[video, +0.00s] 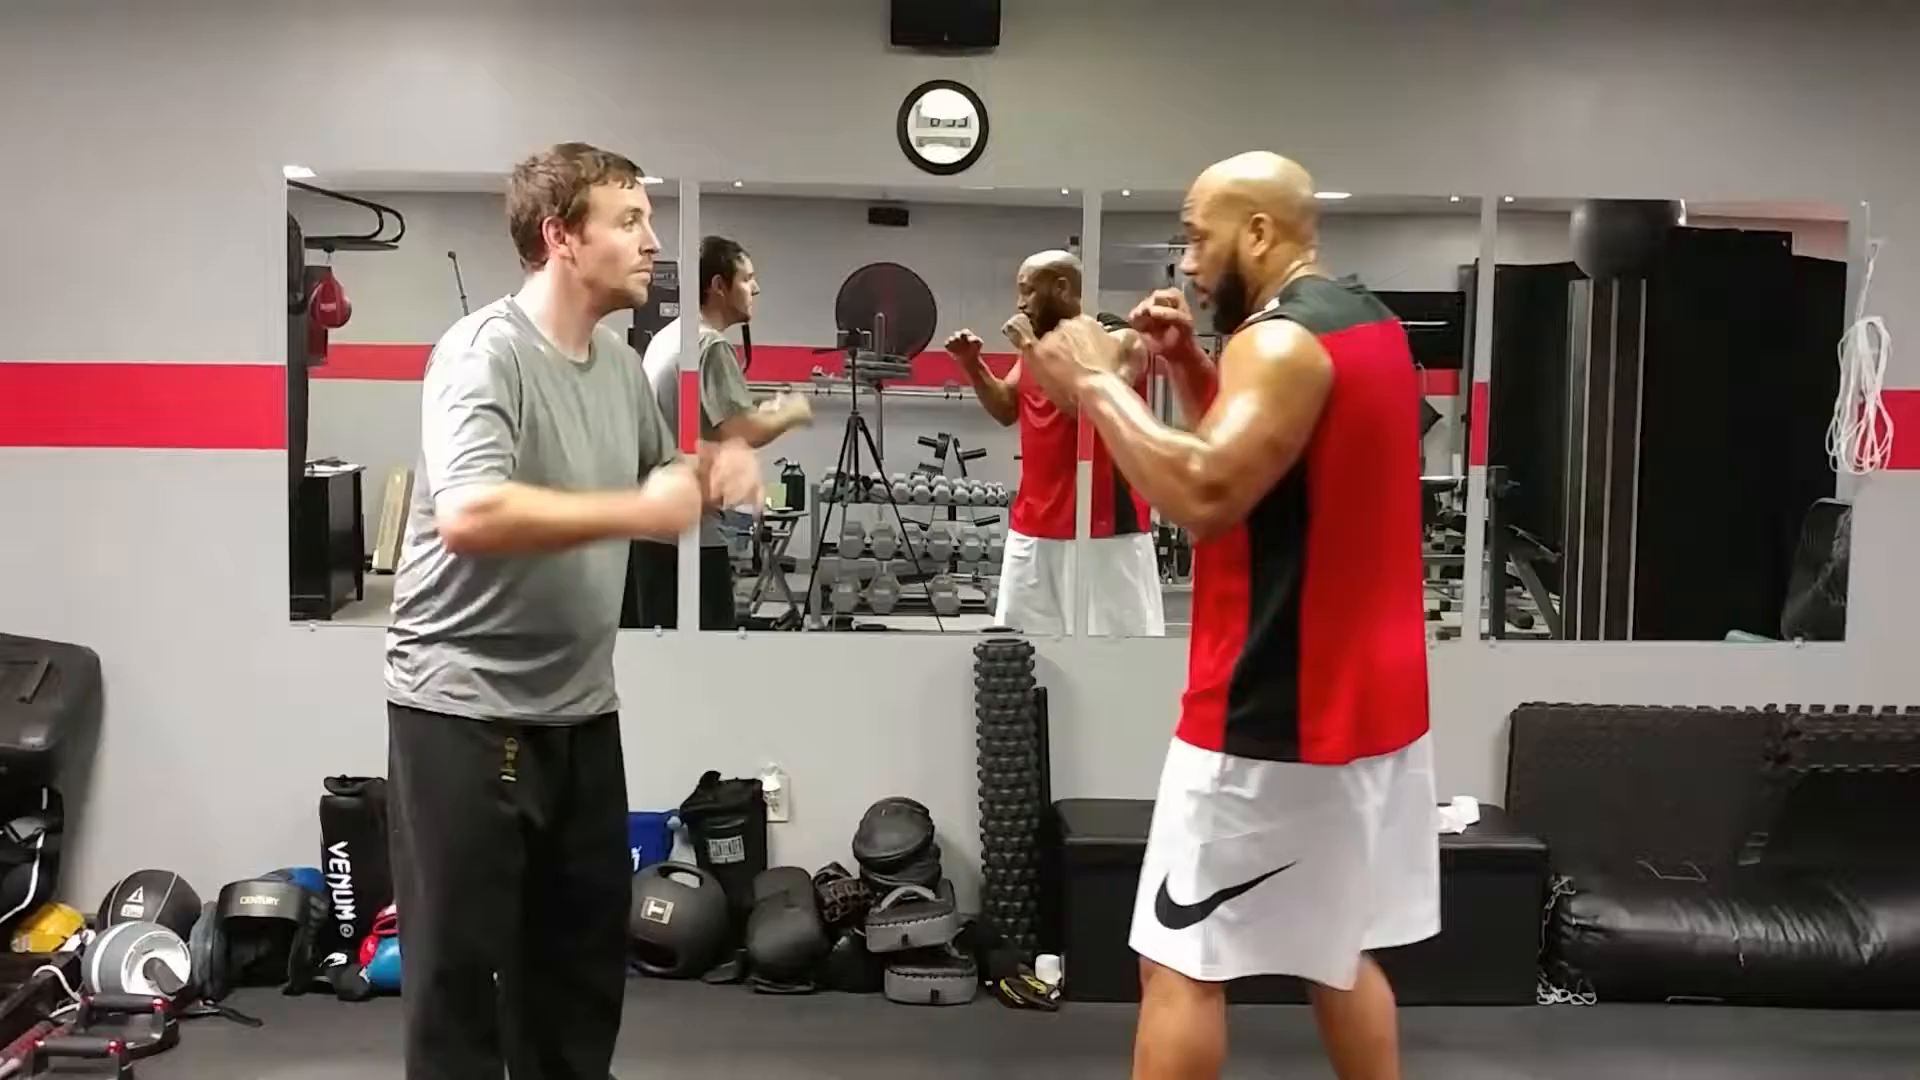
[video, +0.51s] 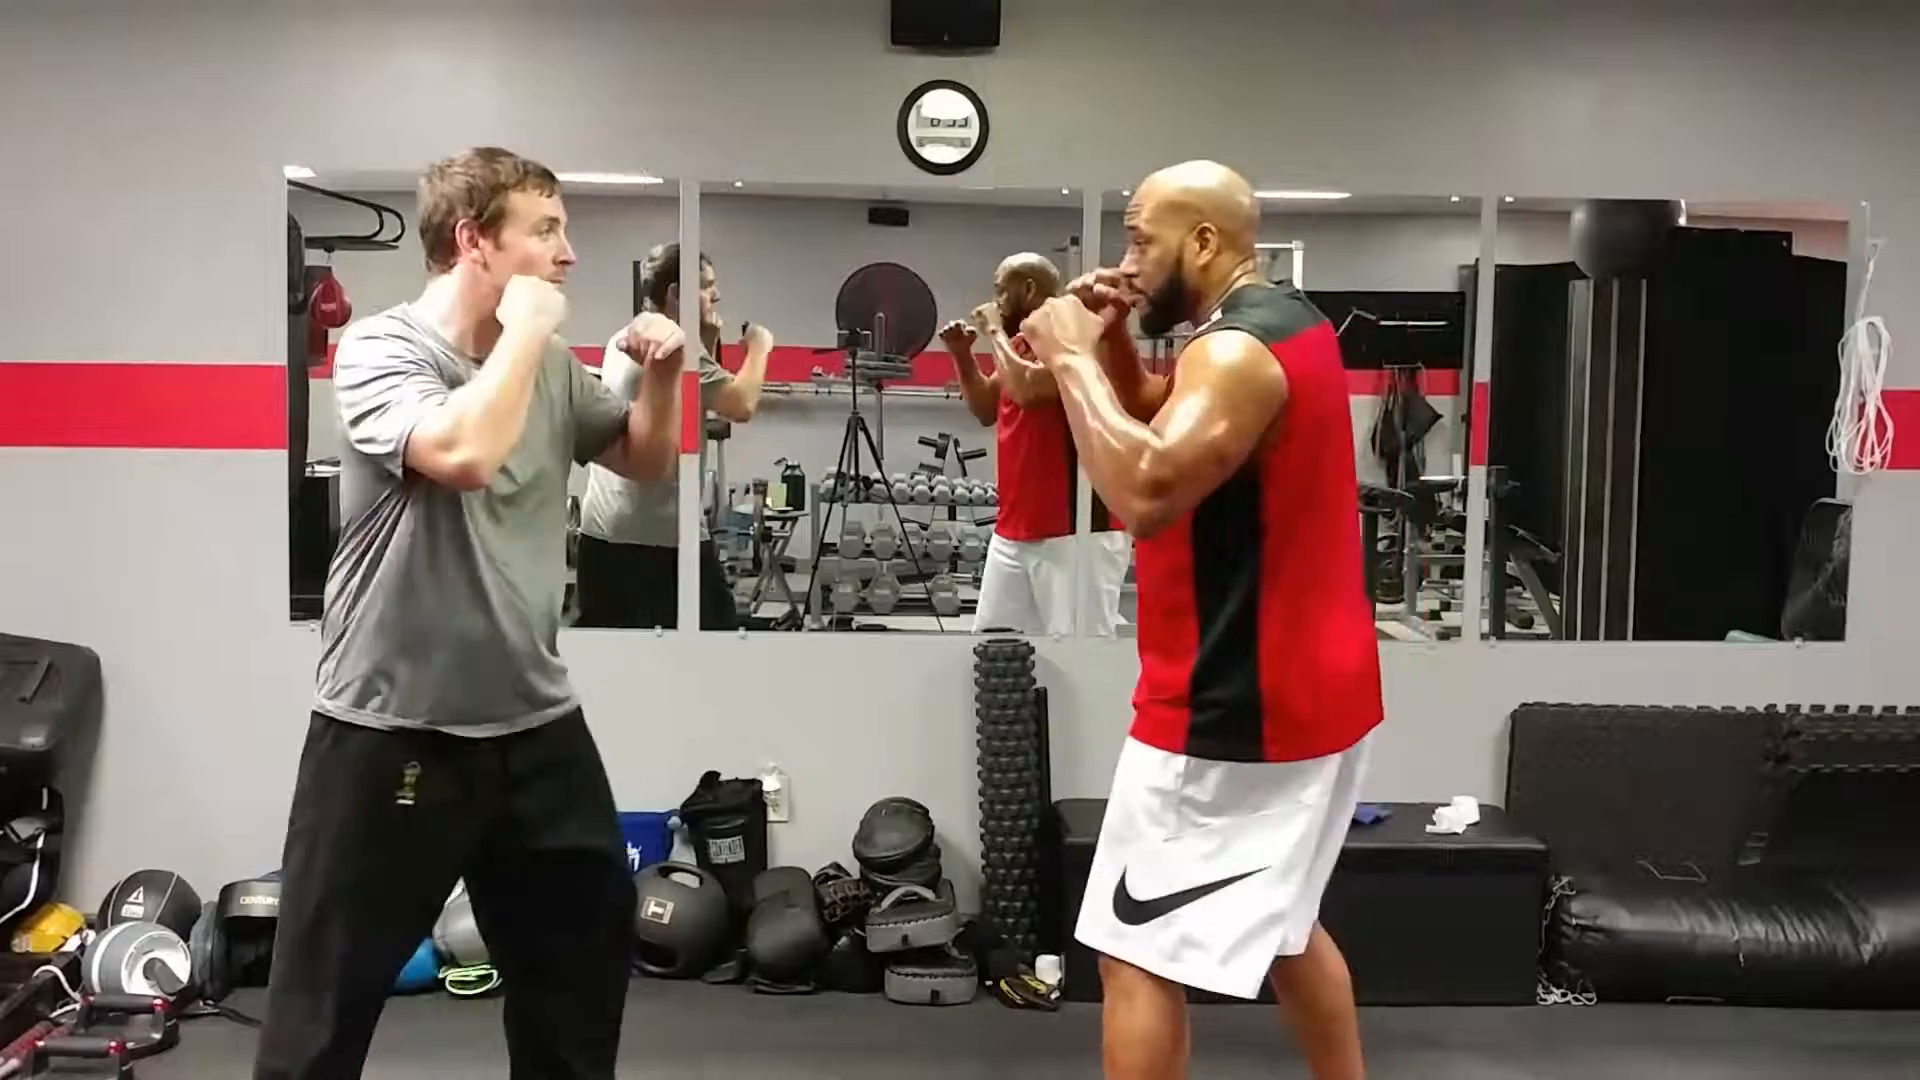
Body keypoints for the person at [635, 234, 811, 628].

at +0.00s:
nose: (755, 290)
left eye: (754, 280)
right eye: (748, 279)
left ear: (715, 287)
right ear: (717, 286)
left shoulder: (670, 336)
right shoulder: (710, 346)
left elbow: (707, 420)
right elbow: (741, 432)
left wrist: (762, 409)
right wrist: (788, 415)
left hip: (652, 524)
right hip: (692, 532)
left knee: (655, 650)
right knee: (712, 650)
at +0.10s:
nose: (754, 290)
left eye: (752, 279)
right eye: (746, 280)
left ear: (713, 288)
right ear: (715, 287)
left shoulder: (664, 337)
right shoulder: (712, 350)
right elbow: (758, 426)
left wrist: (755, 388)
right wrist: (787, 383)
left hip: (644, 530)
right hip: (689, 534)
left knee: (651, 654)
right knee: (712, 652)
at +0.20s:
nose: (745, 289)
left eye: (743, 279)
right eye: (737, 279)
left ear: (710, 288)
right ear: (710, 288)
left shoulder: (666, 340)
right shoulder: (699, 343)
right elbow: (769, 409)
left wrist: (749, 356)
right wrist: (775, 339)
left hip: (640, 521)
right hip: (680, 526)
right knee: (710, 643)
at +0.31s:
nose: (733, 292)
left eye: (731, 283)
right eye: (725, 283)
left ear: (689, 290)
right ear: (697, 290)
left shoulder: (645, 337)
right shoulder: (691, 345)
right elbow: (763, 403)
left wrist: (729, 342)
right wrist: (762, 333)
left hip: (626, 520)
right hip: (673, 526)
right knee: (702, 641)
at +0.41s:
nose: (721, 295)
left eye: (719, 285)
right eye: (712, 286)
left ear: (668, 294)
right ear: (685, 294)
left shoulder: (630, 343)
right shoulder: (677, 352)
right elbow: (746, 407)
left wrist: (712, 346)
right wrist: (756, 344)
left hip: (604, 529)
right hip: (660, 538)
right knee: (706, 645)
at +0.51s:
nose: (715, 295)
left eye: (713, 286)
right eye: (707, 287)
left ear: (666, 296)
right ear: (674, 296)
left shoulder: (623, 342)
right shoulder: (673, 348)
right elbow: (740, 404)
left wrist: (708, 342)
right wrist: (758, 349)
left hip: (604, 533)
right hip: (663, 538)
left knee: (610, 651)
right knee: (718, 640)